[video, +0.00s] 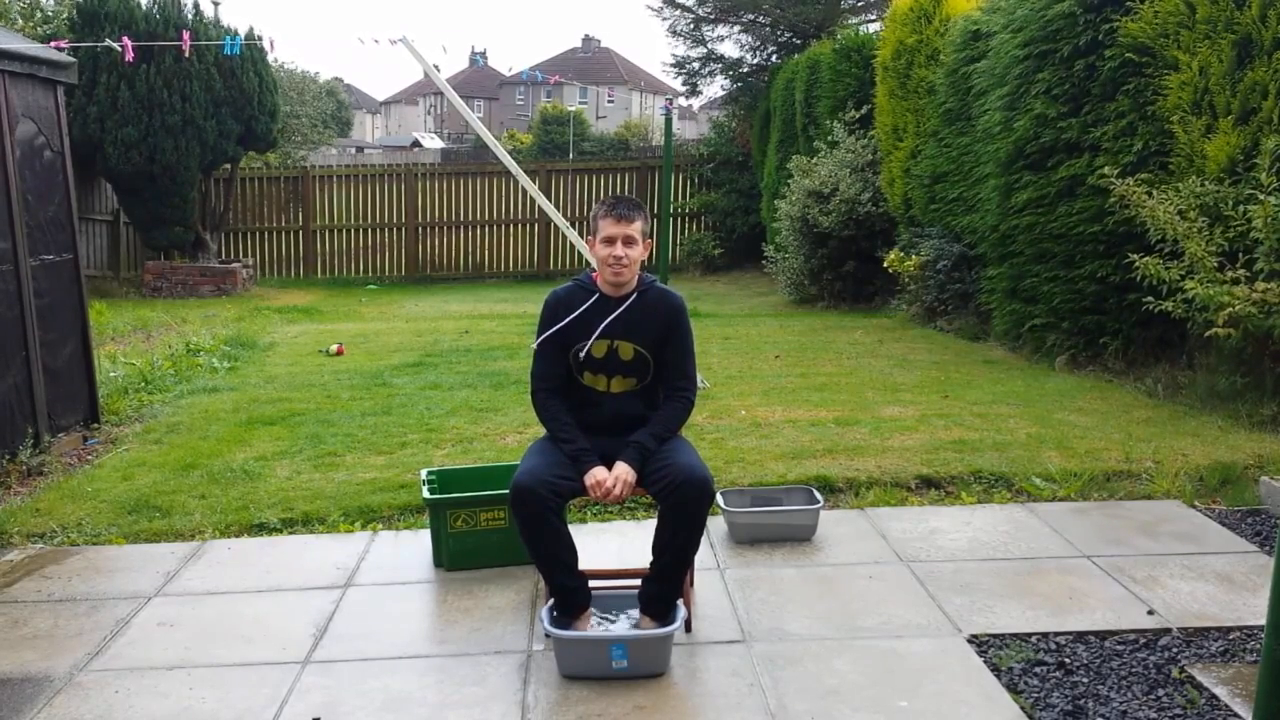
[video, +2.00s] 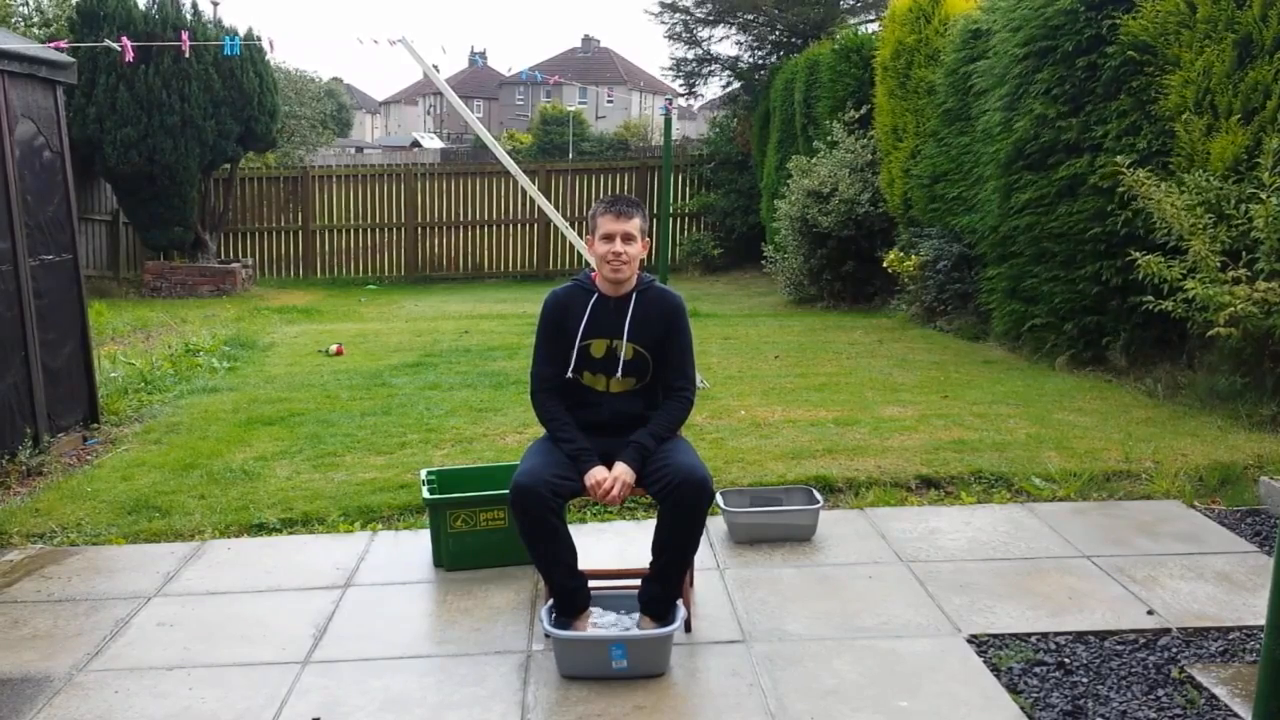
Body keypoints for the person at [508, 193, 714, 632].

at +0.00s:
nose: (618, 252)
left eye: (629, 242)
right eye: (608, 241)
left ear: (646, 249)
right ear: (590, 246)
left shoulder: (667, 307)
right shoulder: (562, 303)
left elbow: (681, 394)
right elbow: (545, 392)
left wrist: (633, 457)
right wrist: (587, 462)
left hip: (649, 436)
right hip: (574, 438)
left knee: (694, 485)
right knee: (528, 489)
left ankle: (657, 606)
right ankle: (573, 605)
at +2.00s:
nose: (617, 249)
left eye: (628, 239)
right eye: (606, 239)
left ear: (644, 248)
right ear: (589, 246)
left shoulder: (666, 306)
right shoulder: (562, 304)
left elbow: (680, 395)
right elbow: (544, 392)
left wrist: (632, 458)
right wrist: (587, 461)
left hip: (648, 435)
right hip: (574, 437)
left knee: (693, 485)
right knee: (528, 489)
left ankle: (657, 606)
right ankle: (573, 606)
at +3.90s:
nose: (637, 245)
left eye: (649, 237)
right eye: (628, 235)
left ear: (666, 248)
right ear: (612, 244)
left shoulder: (683, 309)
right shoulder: (579, 298)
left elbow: (683, 398)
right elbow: (553, 384)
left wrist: (629, 457)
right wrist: (584, 460)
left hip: (649, 436)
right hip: (576, 433)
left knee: (690, 486)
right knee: (530, 487)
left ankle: (656, 604)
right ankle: (570, 603)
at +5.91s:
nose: (593, 243)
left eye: (606, 234)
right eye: (590, 233)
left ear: (640, 245)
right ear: (584, 237)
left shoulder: (668, 304)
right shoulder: (566, 301)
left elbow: (678, 393)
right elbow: (552, 391)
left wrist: (635, 457)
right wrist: (589, 462)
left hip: (648, 434)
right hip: (576, 435)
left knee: (693, 483)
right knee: (534, 487)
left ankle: (657, 605)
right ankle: (574, 606)